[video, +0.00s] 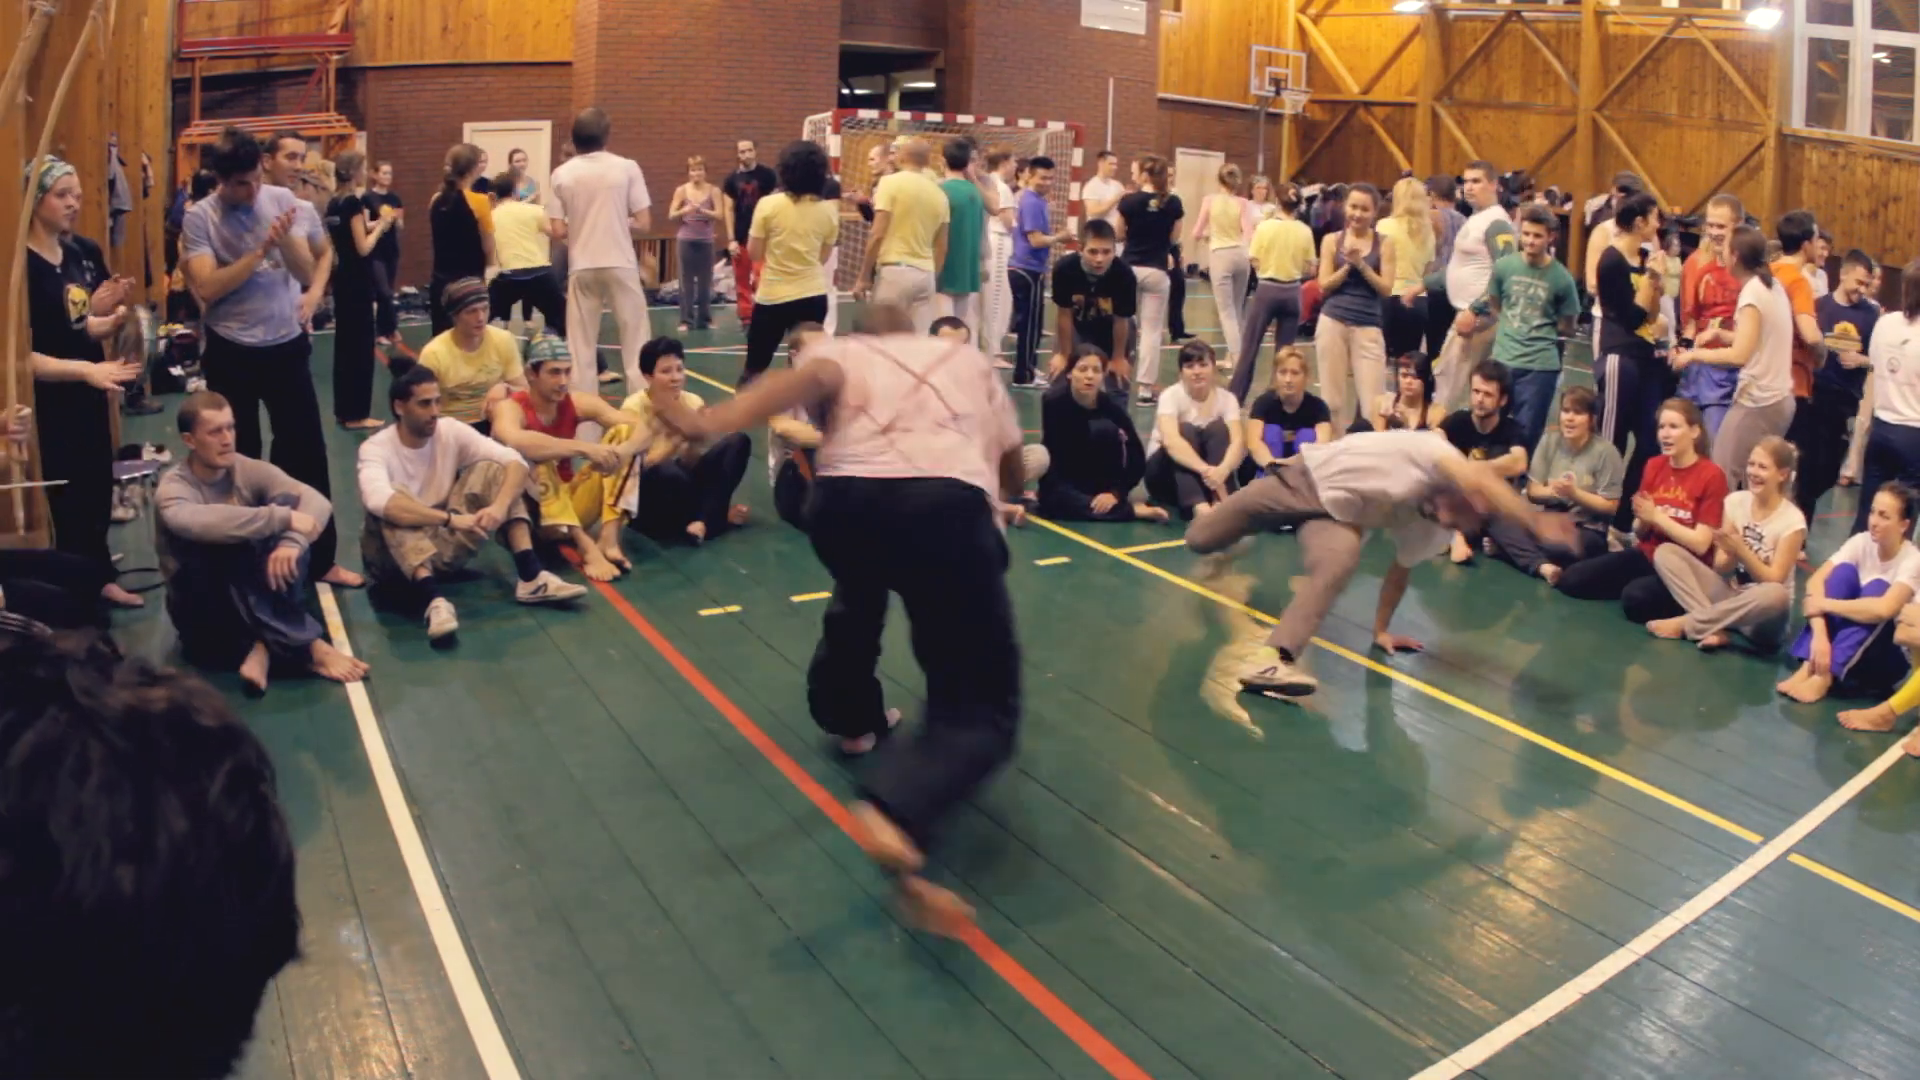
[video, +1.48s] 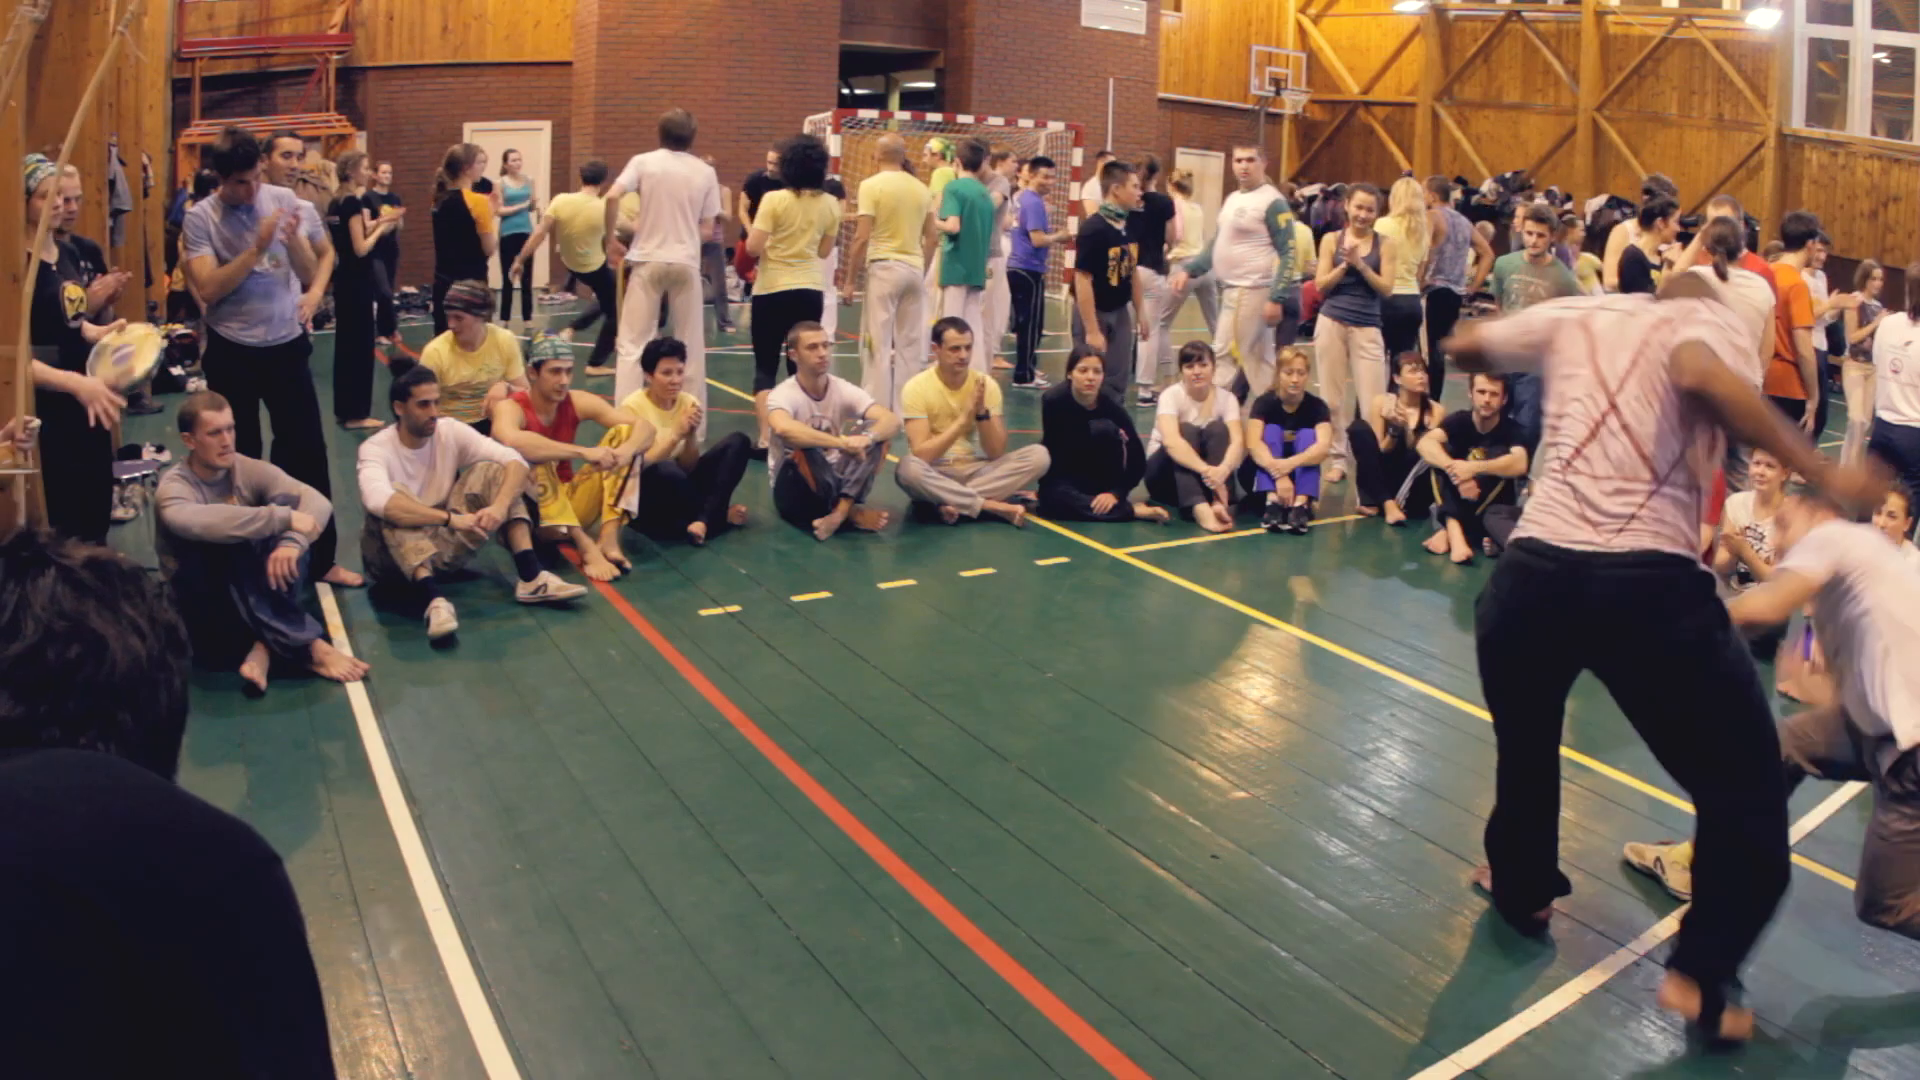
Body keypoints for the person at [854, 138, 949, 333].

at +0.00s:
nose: (894, 157)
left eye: (897, 153)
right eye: (896, 153)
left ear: (902, 157)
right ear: (925, 161)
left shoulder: (890, 182)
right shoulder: (939, 194)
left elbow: (877, 234)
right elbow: (941, 245)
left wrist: (864, 277)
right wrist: (931, 276)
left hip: (894, 269)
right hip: (925, 269)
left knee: (884, 341)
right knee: (921, 343)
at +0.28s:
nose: (885, 162)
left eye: (887, 158)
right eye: (888, 158)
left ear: (891, 159)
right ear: (917, 161)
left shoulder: (880, 184)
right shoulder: (932, 192)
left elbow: (871, 235)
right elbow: (938, 242)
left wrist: (860, 278)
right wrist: (929, 275)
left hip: (889, 266)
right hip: (922, 268)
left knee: (881, 347)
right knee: (916, 349)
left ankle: (878, 416)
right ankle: (912, 418)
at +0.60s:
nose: (869, 159)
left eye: (871, 155)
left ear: (874, 157)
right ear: (901, 158)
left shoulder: (867, 186)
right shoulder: (919, 188)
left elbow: (858, 239)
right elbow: (929, 237)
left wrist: (847, 279)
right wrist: (924, 277)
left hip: (879, 266)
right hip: (912, 267)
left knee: (876, 347)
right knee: (908, 348)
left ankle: (877, 420)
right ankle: (906, 420)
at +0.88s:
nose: (862, 162)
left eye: (863, 157)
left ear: (866, 159)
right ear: (894, 158)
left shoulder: (859, 189)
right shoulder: (914, 187)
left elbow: (851, 242)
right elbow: (926, 234)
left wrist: (842, 283)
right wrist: (915, 265)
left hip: (874, 266)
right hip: (908, 266)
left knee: (873, 345)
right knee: (904, 345)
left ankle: (878, 417)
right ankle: (906, 413)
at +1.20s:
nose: (863, 161)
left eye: (865, 156)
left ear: (868, 158)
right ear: (895, 157)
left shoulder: (861, 188)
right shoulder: (914, 188)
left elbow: (853, 240)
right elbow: (924, 235)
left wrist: (842, 283)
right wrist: (919, 270)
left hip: (878, 265)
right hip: (911, 265)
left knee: (875, 345)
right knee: (909, 345)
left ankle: (877, 414)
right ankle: (906, 412)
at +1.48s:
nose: (873, 157)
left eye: (875, 154)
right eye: (876, 153)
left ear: (878, 156)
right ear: (903, 157)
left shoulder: (871, 185)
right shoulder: (921, 189)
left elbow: (862, 237)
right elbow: (932, 235)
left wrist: (850, 281)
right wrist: (921, 271)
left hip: (883, 265)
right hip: (914, 265)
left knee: (877, 343)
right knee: (910, 344)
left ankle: (877, 413)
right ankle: (906, 413)